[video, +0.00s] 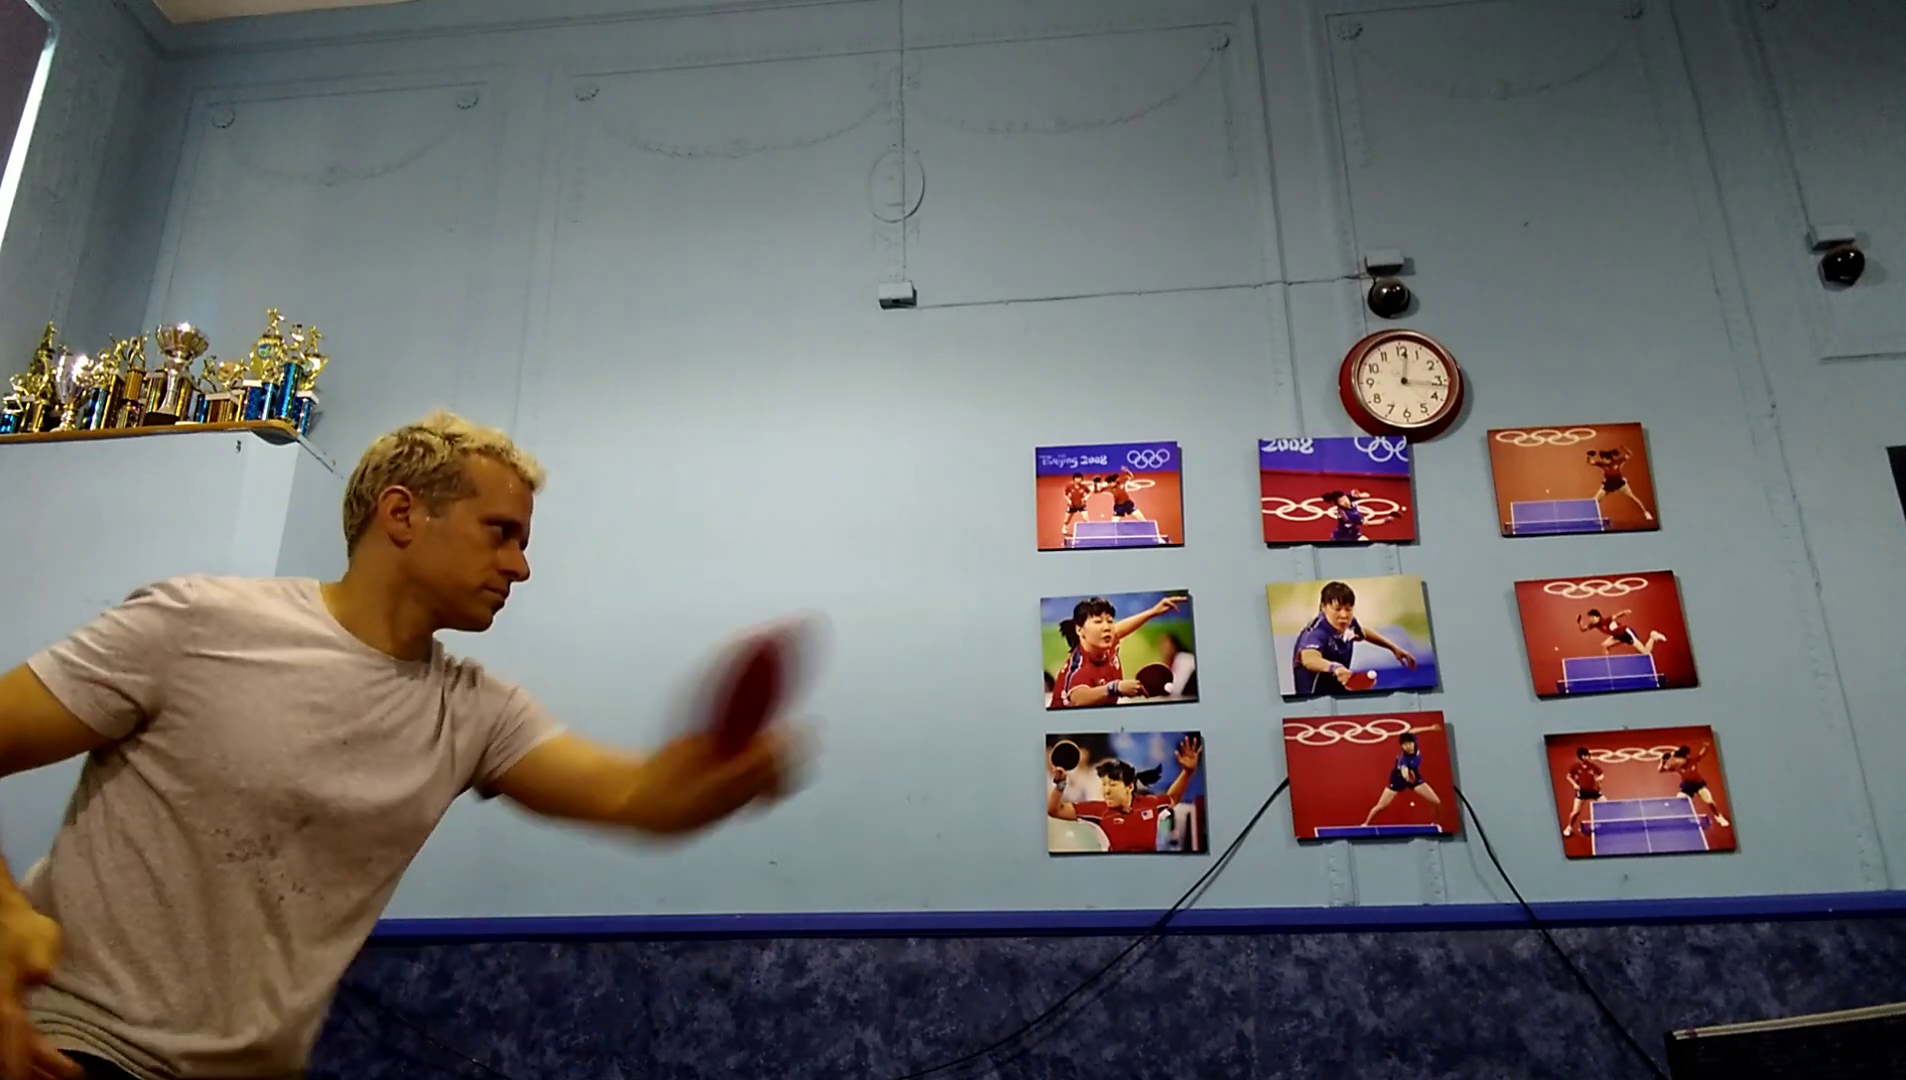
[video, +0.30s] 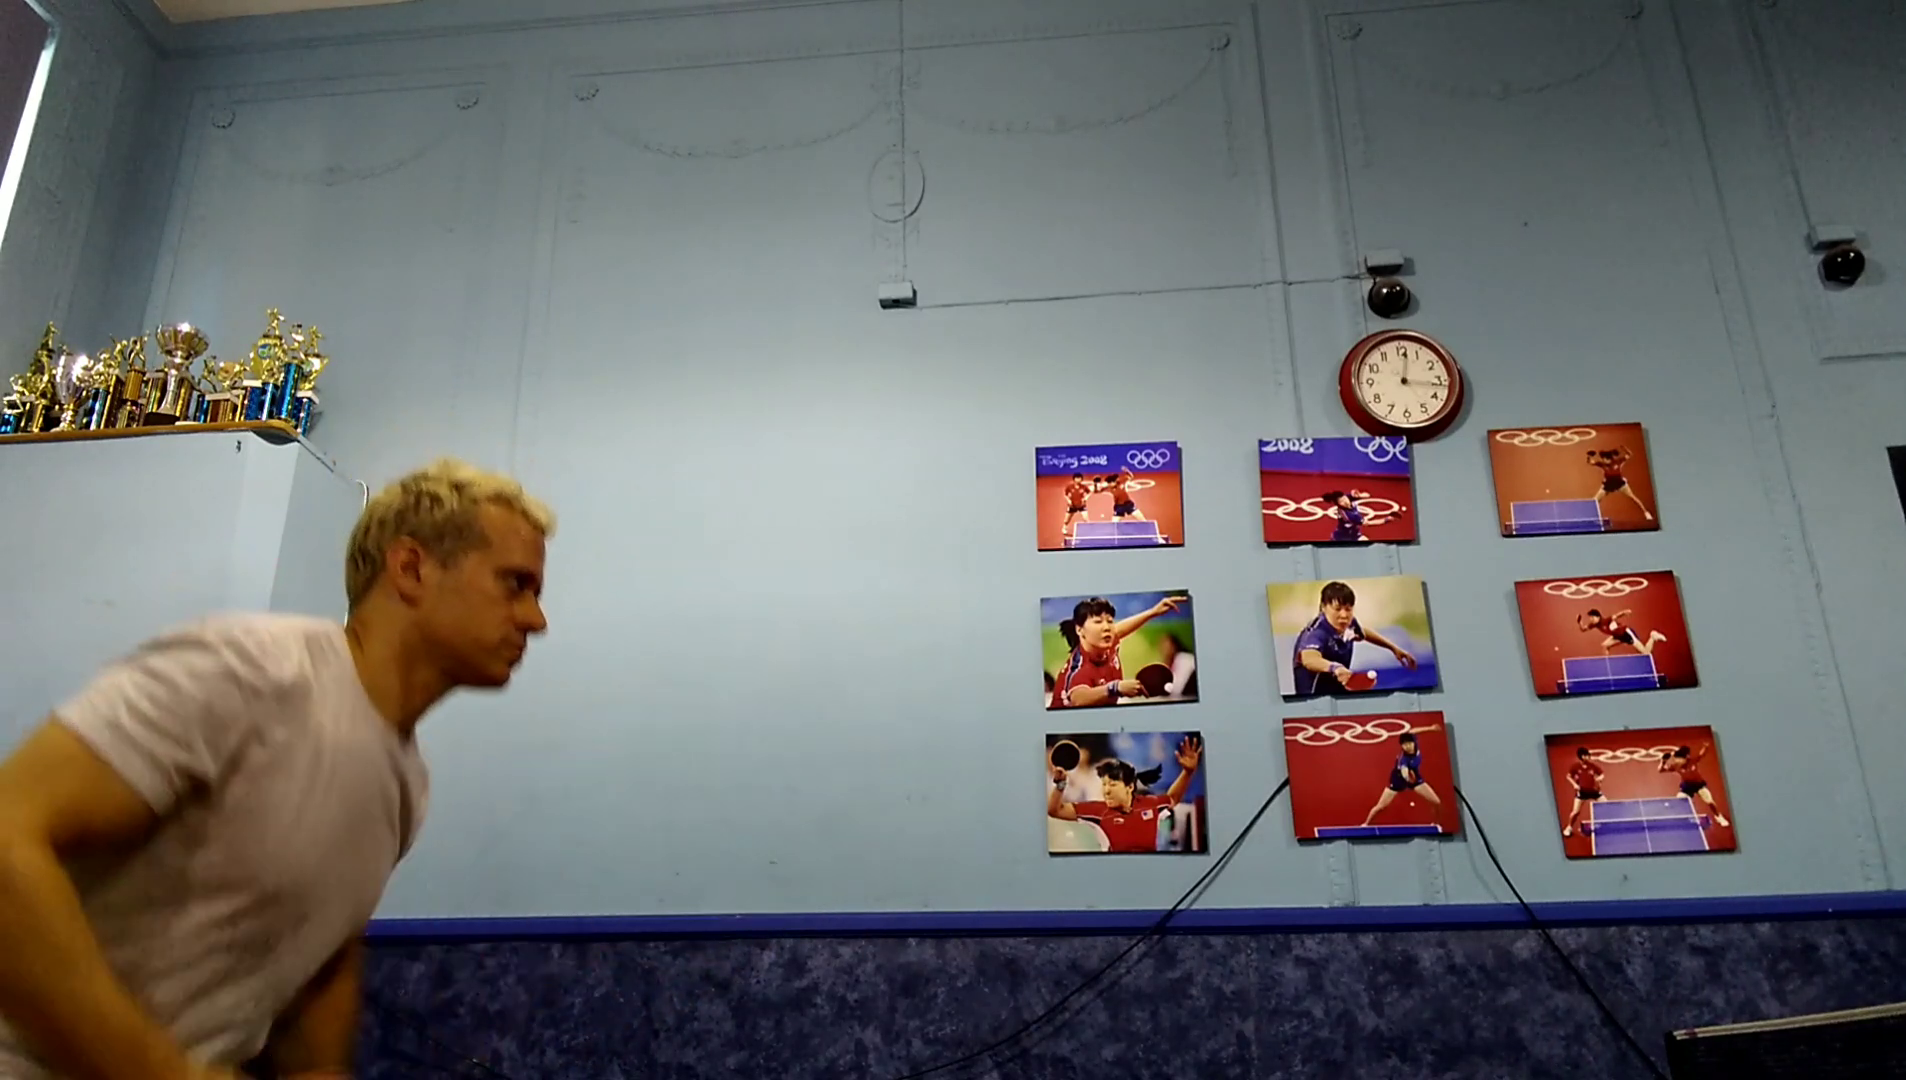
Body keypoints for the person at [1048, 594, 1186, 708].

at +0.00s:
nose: (1107, 628)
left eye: (1109, 622)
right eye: (1098, 622)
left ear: (1114, 626)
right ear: (1080, 630)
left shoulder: (1109, 645)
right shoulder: (1079, 666)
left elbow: (1119, 630)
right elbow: (1078, 698)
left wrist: (1154, 612)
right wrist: (1115, 687)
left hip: (1102, 724)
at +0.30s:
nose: (1107, 628)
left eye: (1109, 622)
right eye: (1098, 622)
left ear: (1114, 626)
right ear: (1080, 630)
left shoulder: (1109, 645)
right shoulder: (1079, 666)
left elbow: (1119, 630)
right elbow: (1078, 698)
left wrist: (1154, 612)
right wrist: (1115, 687)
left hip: (1102, 724)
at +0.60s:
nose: (1107, 628)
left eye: (1109, 622)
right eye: (1098, 622)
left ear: (1114, 626)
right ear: (1080, 630)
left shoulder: (1109, 645)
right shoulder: (1079, 666)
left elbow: (1118, 630)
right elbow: (1078, 698)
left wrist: (1154, 612)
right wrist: (1115, 687)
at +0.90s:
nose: (1107, 628)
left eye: (1109, 622)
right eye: (1098, 622)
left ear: (1114, 626)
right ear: (1080, 630)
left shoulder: (1109, 645)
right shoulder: (1079, 667)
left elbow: (1118, 630)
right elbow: (1078, 698)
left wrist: (1154, 611)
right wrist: (1115, 687)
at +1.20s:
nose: (1107, 628)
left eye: (1109, 622)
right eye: (1098, 622)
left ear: (1114, 626)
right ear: (1080, 630)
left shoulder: (1109, 645)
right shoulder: (1079, 667)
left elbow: (1118, 630)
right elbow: (1078, 698)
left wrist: (1153, 611)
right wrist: (1115, 687)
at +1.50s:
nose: (1107, 628)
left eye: (1109, 622)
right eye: (1098, 622)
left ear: (1114, 626)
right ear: (1080, 630)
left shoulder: (1109, 645)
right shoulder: (1079, 666)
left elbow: (1118, 630)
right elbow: (1078, 698)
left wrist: (1153, 611)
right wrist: (1115, 687)